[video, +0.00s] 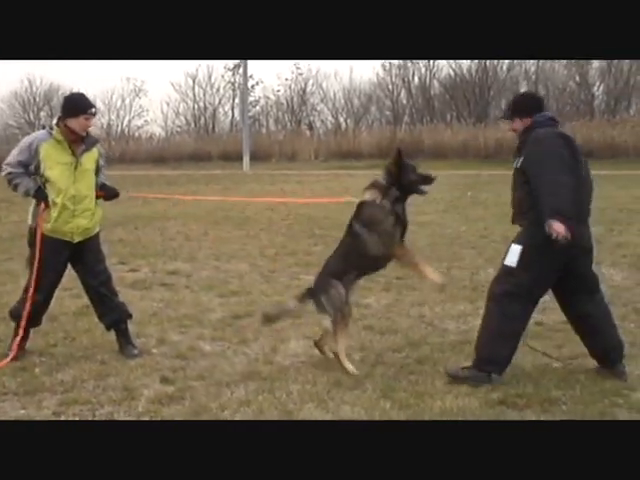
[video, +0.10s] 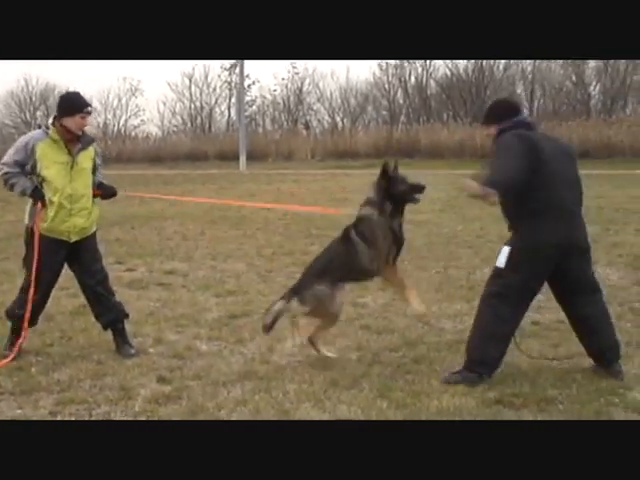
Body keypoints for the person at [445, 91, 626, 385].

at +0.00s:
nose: (511, 128)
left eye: (513, 121)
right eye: (510, 122)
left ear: (527, 119)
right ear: (536, 118)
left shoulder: (540, 142)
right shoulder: (560, 141)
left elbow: (550, 179)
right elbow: (580, 185)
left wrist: (553, 217)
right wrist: (569, 219)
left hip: (542, 235)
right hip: (572, 235)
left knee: (507, 294)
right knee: (582, 298)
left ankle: (486, 367)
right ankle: (612, 361)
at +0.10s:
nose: (489, 137)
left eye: (489, 131)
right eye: (487, 131)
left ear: (499, 126)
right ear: (522, 120)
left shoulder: (511, 140)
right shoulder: (557, 145)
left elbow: (509, 173)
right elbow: (569, 192)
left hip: (532, 241)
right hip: (572, 239)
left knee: (500, 300)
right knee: (584, 297)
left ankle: (477, 369)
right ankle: (609, 360)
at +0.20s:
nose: (475, 143)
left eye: (476, 138)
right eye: (474, 139)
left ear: (484, 132)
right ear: (506, 124)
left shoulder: (492, 148)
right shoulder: (544, 145)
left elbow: (451, 163)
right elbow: (574, 186)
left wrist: (406, 161)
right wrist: (573, 230)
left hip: (529, 238)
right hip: (566, 234)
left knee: (492, 299)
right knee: (575, 299)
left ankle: (470, 369)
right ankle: (604, 361)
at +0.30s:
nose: (476, 140)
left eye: (477, 134)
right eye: (475, 135)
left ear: (485, 129)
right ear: (507, 122)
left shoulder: (491, 144)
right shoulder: (542, 145)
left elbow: (453, 165)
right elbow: (571, 186)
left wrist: (408, 170)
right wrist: (570, 231)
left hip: (520, 238)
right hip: (559, 235)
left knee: (483, 297)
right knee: (565, 298)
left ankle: (465, 369)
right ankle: (599, 360)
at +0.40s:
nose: (486, 134)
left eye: (486, 128)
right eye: (484, 128)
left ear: (497, 123)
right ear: (517, 118)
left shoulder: (506, 138)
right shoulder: (549, 146)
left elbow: (490, 167)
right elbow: (573, 195)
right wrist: (563, 236)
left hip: (515, 240)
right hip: (553, 240)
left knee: (476, 296)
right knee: (555, 298)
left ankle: (462, 369)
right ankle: (592, 359)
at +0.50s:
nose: (503, 132)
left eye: (505, 125)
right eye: (502, 126)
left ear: (517, 122)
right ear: (535, 120)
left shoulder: (523, 142)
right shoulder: (561, 150)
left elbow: (525, 178)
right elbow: (575, 197)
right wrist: (563, 236)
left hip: (519, 236)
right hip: (552, 241)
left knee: (476, 293)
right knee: (544, 296)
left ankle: (460, 368)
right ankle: (589, 356)